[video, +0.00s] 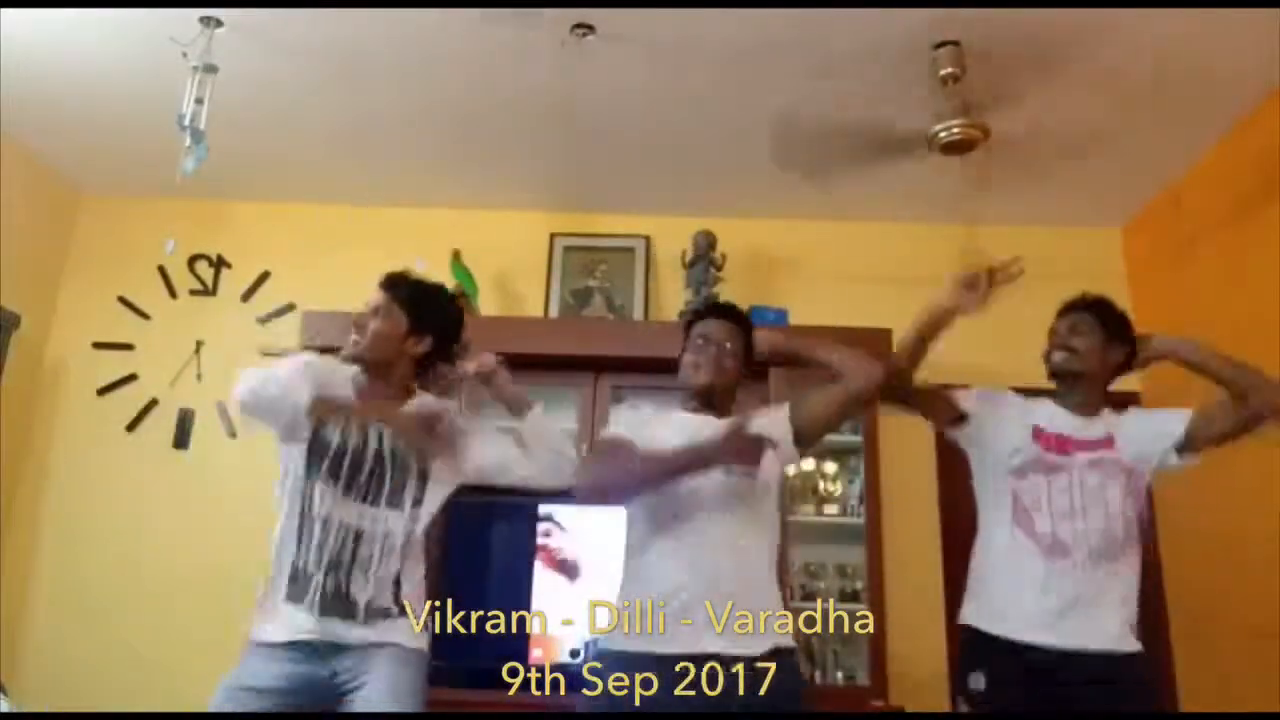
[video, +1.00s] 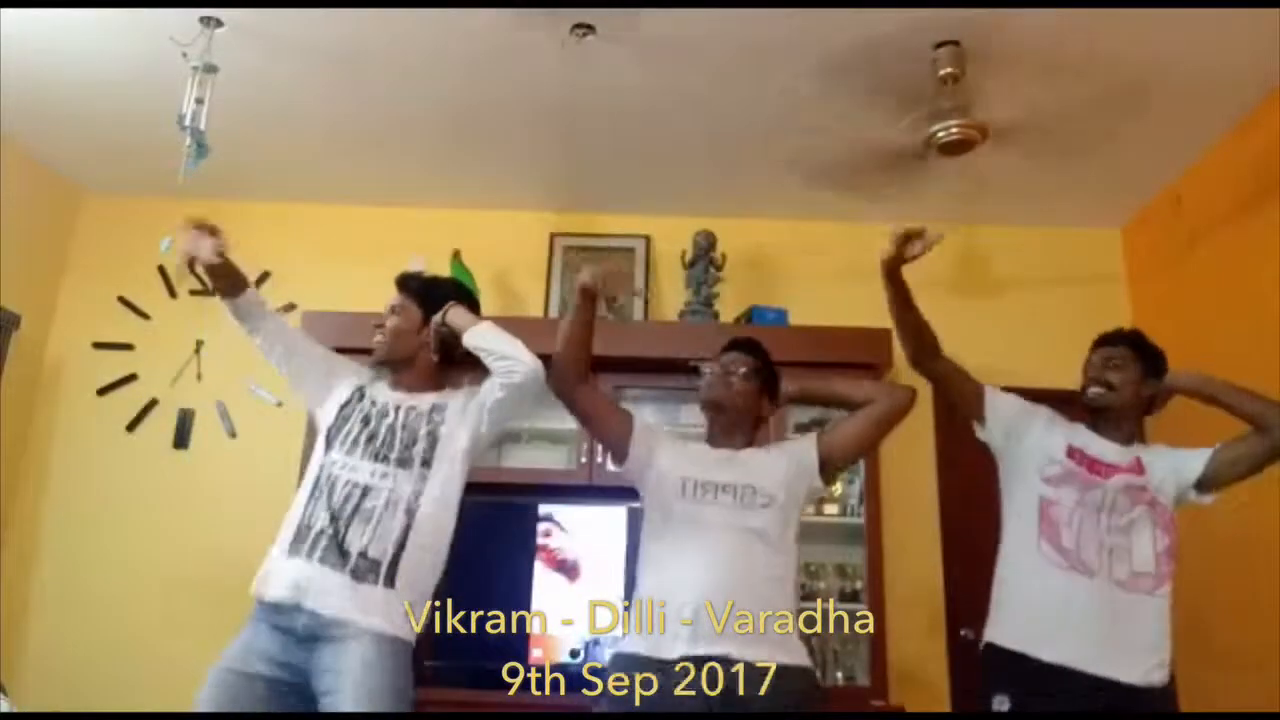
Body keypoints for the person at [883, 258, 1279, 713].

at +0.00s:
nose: (1059, 343)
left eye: (1078, 334)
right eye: (1055, 334)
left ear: (1116, 357)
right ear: (1045, 350)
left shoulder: (1139, 434)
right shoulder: (995, 415)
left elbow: (1262, 401)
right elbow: (889, 385)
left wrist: (1175, 349)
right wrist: (944, 312)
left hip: (1105, 661)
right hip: (1002, 654)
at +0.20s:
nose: (1074, 382)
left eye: (1093, 375)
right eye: (1068, 376)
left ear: (1129, 399)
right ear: (1057, 392)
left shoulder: (1144, 480)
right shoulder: (1008, 448)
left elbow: (1261, 424)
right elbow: (923, 379)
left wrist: (1163, 389)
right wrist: (912, 285)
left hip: (1097, 693)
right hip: (994, 680)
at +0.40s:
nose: (1083, 374)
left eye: (1103, 369)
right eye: (1078, 369)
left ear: (1135, 395)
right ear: (1068, 386)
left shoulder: (1148, 475)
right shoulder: (1010, 431)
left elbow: (1267, 428)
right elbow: (914, 359)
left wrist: (1174, 387)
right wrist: (924, 258)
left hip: (1103, 685)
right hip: (998, 671)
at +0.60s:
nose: (1092, 362)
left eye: (1112, 353)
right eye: (1086, 352)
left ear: (1145, 380)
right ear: (1075, 368)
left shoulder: (1159, 456)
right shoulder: (1022, 415)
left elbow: (1268, 433)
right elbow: (931, 356)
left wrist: (1178, 372)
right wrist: (900, 272)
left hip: (1119, 670)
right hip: (1016, 653)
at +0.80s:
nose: (1098, 382)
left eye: (1117, 377)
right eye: (1093, 376)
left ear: (1149, 409)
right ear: (1079, 395)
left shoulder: (1168, 483)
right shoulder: (1027, 449)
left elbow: (1275, 456)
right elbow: (931, 382)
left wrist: (1176, 399)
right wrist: (919, 288)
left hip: (1133, 700)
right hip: (1025, 688)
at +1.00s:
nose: (1095, 371)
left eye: (1114, 364)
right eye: (1090, 365)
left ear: (1150, 390)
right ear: (1081, 381)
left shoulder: (1167, 470)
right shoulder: (1028, 428)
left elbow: (1273, 433)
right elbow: (928, 360)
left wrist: (1189, 384)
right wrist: (892, 274)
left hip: (1136, 689)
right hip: (1029, 673)